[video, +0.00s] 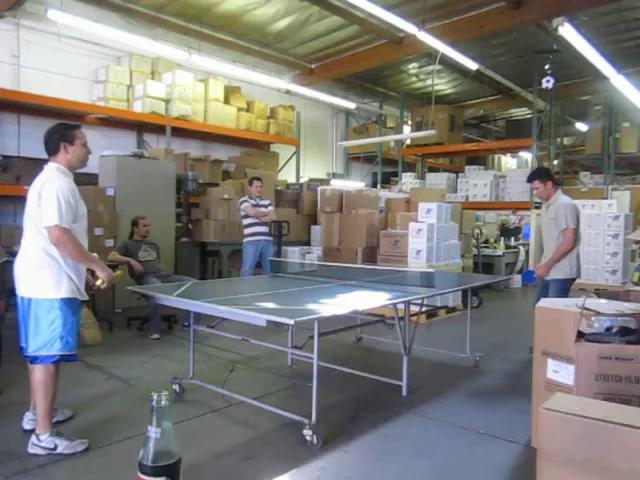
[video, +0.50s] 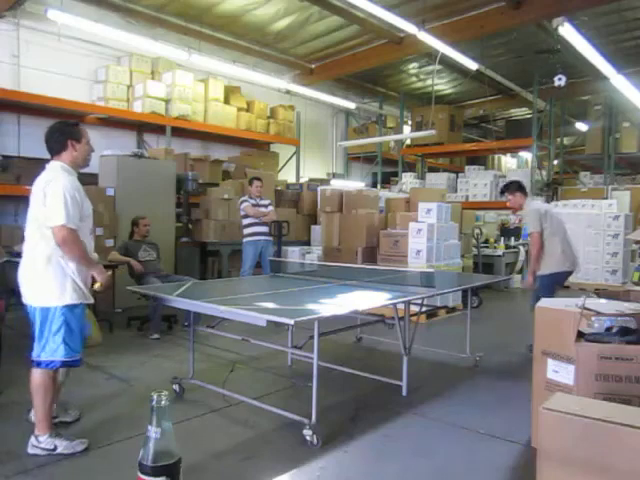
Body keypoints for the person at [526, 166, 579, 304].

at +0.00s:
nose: (535, 193)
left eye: (537, 189)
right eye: (533, 189)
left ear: (549, 184)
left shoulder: (564, 205)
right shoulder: (546, 206)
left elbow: (569, 241)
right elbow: (551, 242)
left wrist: (546, 266)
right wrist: (541, 265)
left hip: (562, 271)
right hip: (548, 271)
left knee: (553, 315)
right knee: (540, 311)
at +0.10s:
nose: (531, 194)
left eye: (533, 190)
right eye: (529, 190)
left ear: (545, 185)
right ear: (544, 186)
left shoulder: (561, 205)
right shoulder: (547, 206)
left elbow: (563, 243)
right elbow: (552, 243)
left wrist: (544, 267)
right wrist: (541, 263)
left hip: (563, 271)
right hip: (551, 270)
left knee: (554, 314)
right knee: (539, 309)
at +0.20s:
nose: (524, 199)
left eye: (525, 194)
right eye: (522, 195)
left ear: (536, 191)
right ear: (536, 191)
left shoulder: (550, 208)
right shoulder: (542, 209)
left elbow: (553, 245)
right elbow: (546, 247)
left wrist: (541, 270)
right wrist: (533, 270)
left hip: (564, 271)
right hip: (553, 270)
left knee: (553, 311)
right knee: (539, 306)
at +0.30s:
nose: (517, 203)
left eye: (518, 199)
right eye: (515, 200)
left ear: (529, 195)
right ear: (530, 196)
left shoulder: (543, 211)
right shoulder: (540, 210)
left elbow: (546, 250)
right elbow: (542, 248)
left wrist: (540, 276)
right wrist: (535, 271)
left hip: (563, 270)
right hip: (554, 270)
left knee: (552, 310)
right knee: (538, 304)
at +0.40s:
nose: (512, 205)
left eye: (513, 200)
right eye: (511, 201)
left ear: (523, 196)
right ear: (524, 195)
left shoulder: (536, 211)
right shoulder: (541, 208)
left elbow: (541, 246)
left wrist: (537, 275)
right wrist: (537, 273)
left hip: (558, 268)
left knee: (547, 310)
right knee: (538, 302)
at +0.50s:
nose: (508, 204)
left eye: (509, 199)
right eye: (507, 200)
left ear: (519, 195)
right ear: (520, 195)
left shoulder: (532, 210)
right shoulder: (539, 207)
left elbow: (536, 244)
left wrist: (531, 273)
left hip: (554, 266)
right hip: (563, 263)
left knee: (538, 307)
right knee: (541, 306)